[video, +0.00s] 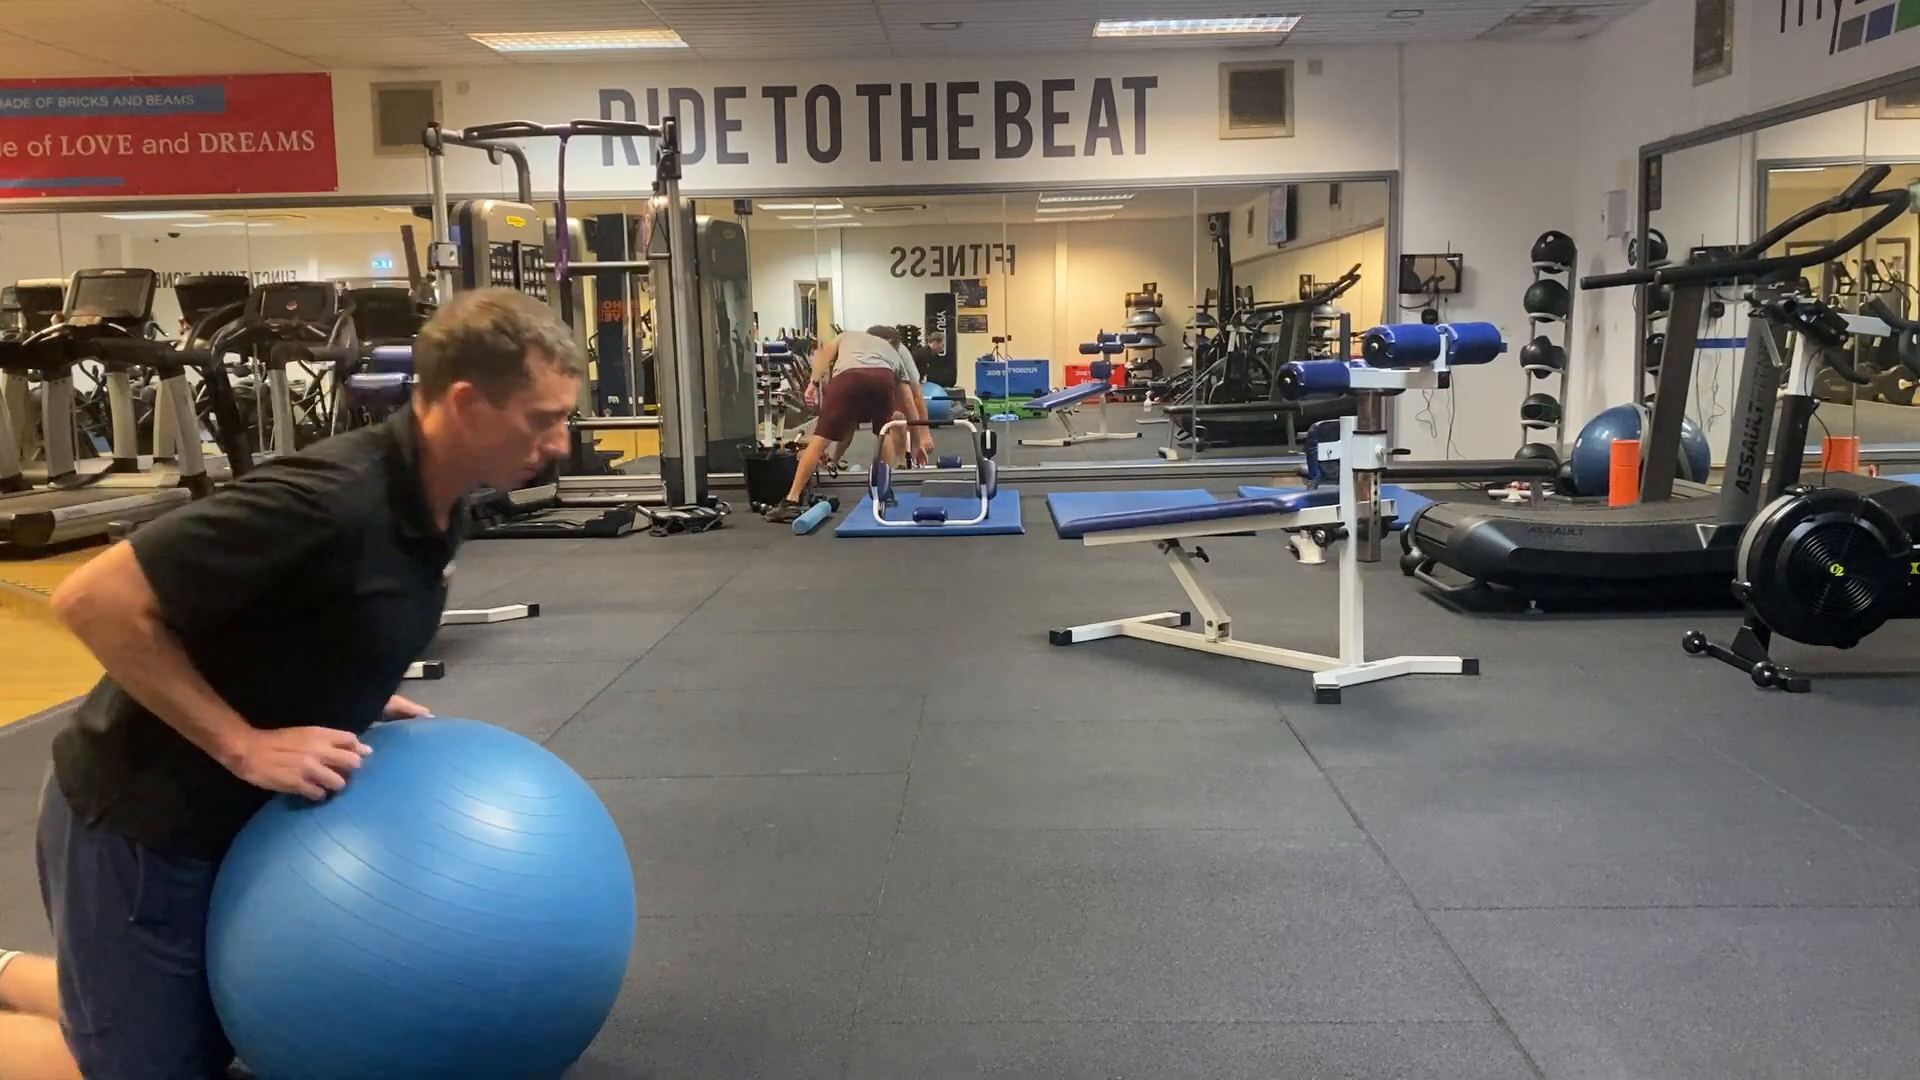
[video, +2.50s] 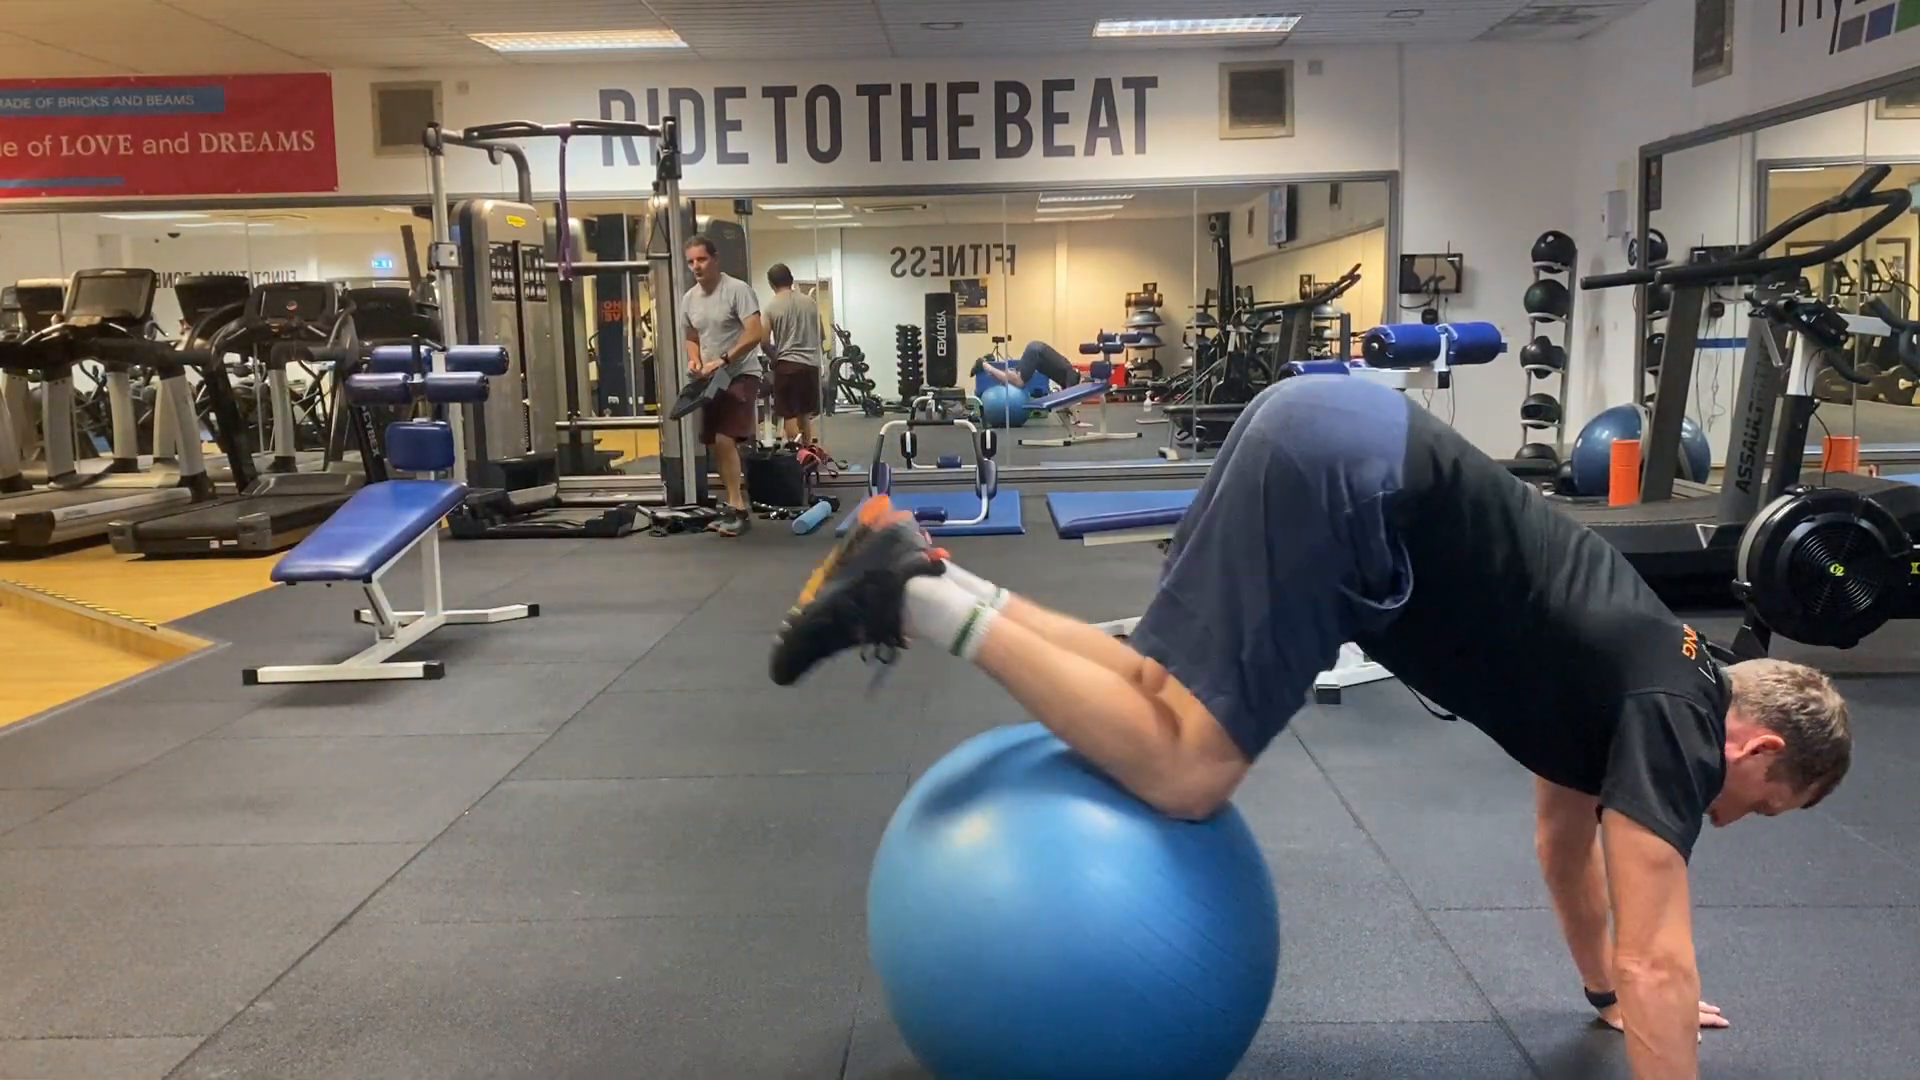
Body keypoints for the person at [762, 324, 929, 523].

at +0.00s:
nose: (896, 351)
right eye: (895, 348)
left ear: (868, 332)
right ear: (890, 342)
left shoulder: (846, 336)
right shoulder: (892, 351)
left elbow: (823, 354)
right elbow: (910, 407)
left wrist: (813, 382)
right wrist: (916, 444)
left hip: (846, 378)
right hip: (882, 378)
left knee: (818, 441)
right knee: (884, 433)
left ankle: (792, 499)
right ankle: (885, 490)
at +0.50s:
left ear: (849, 364)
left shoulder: (851, 362)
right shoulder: (905, 369)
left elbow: (832, 378)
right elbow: (922, 421)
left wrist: (818, 400)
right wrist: (931, 463)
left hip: (859, 384)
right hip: (894, 382)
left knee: (826, 445)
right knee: (892, 433)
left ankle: (795, 500)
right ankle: (884, 490)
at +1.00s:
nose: (826, 330)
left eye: (827, 327)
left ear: (830, 325)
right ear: (856, 324)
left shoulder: (824, 336)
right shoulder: (874, 334)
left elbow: (813, 370)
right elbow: (902, 377)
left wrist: (811, 407)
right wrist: (890, 406)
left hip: (843, 380)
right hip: (878, 377)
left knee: (816, 445)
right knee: (880, 437)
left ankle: (792, 504)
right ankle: (885, 493)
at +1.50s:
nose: (773, 280)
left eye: (776, 273)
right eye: (773, 274)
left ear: (794, 274)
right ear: (798, 275)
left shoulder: (800, 301)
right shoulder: (816, 296)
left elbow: (802, 343)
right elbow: (827, 343)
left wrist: (773, 358)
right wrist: (795, 366)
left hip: (826, 379)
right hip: (844, 374)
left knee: (790, 438)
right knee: (850, 437)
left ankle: (791, 505)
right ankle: (882, 487)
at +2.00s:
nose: (734, 269)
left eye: (739, 263)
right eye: (732, 264)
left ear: (757, 260)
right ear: (736, 263)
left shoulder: (781, 291)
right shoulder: (737, 294)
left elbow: (795, 336)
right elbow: (736, 333)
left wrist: (763, 357)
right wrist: (738, 361)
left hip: (789, 373)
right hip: (759, 375)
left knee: (782, 442)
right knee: (744, 431)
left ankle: (789, 505)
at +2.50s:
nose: (696, 266)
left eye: (701, 260)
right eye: (691, 262)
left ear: (715, 259)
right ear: (689, 264)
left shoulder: (738, 289)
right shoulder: (689, 299)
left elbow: (755, 333)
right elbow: (691, 337)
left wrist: (722, 360)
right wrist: (694, 359)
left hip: (741, 373)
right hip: (712, 376)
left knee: (724, 440)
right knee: (717, 443)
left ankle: (736, 506)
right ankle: (735, 505)